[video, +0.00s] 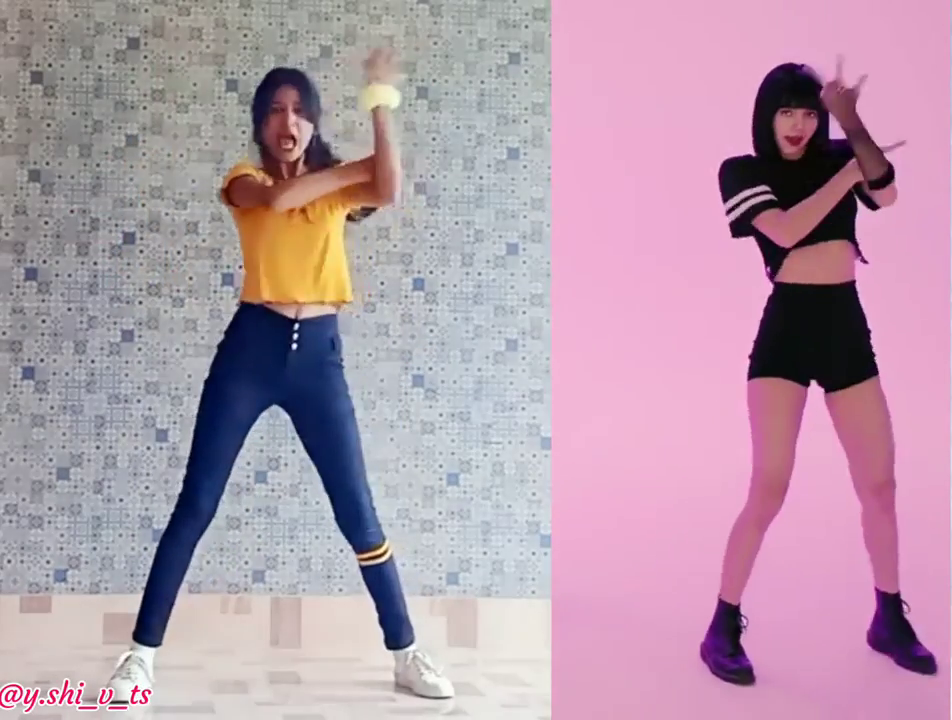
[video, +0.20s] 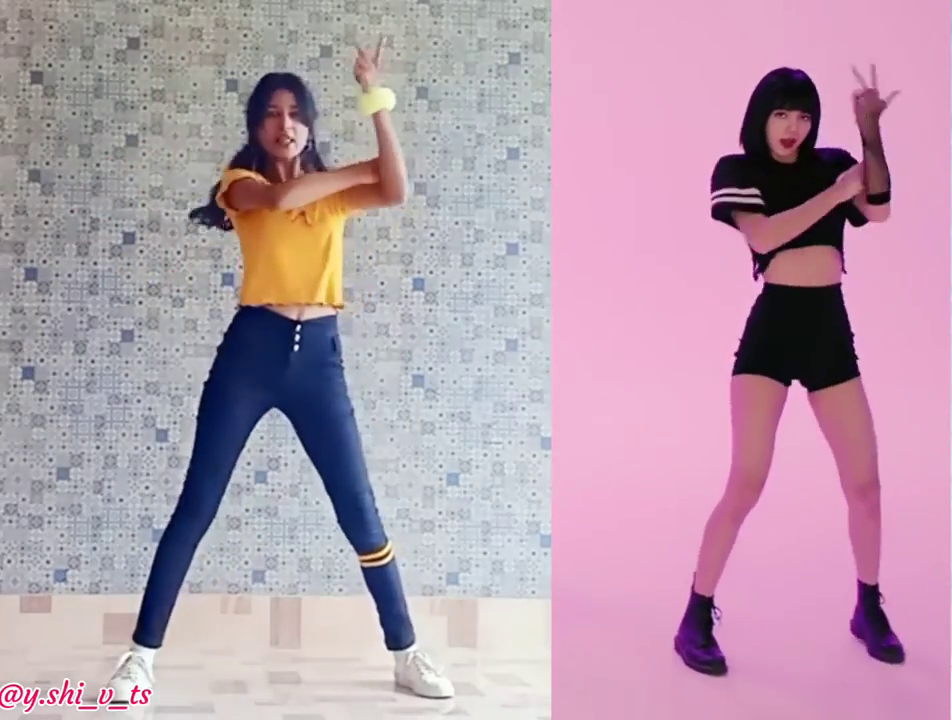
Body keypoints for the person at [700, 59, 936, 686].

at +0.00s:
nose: (797, 123)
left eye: (806, 112)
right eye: (786, 111)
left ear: (820, 118)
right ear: (764, 115)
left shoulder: (839, 158)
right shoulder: (742, 171)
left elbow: (886, 193)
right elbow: (784, 233)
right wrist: (851, 174)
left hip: (847, 334)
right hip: (785, 335)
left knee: (879, 485)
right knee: (767, 493)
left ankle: (890, 619)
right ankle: (723, 629)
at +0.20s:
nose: (792, 126)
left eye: (803, 116)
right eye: (781, 113)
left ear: (814, 122)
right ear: (758, 116)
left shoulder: (832, 165)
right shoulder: (737, 170)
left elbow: (877, 207)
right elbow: (761, 238)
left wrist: (869, 131)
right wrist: (839, 192)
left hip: (831, 334)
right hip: (771, 333)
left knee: (864, 485)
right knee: (746, 485)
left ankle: (870, 610)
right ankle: (696, 619)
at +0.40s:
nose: (831, 108)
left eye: (841, 101)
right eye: (820, 96)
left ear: (848, 112)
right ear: (796, 101)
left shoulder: (848, 169)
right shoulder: (756, 154)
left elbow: (929, 178)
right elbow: (727, 225)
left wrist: (937, 118)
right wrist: (797, 190)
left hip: (808, 320)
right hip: (750, 312)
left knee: (823, 470)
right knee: (689, 452)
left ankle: (834, 598)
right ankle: (625, 578)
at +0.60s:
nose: (818, 121)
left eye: (825, 113)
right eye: (808, 111)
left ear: (833, 121)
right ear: (784, 115)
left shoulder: (828, 176)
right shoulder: (747, 159)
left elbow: (912, 185)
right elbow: (728, 229)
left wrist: (908, 119)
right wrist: (789, 202)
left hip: (796, 326)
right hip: (739, 321)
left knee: (809, 467)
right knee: (655, 439)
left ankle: (820, 593)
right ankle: (568, 549)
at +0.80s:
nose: (753, 153)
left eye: (760, 142)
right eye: (740, 145)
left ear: (772, 148)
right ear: (719, 155)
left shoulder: (794, 198)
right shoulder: (712, 205)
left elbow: (880, 215)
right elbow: (727, 272)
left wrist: (875, 150)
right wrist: (774, 232)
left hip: (754, 366)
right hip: (708, 351)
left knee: (841, 467)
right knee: (661, 472)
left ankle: (814, 590)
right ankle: (596, 590)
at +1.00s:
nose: (748, 170)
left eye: (757, 159)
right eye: (738, 159)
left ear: (768, 165)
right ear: (718, 164)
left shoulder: (783, 209)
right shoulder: (709, 215)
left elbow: (870, 216)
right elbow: (731, 270)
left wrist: (864, 150)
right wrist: (769, 238)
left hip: (759, 374)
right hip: (714, 361)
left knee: (849, 464)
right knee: (669, 482)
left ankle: (826, 587)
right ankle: (608, 589)